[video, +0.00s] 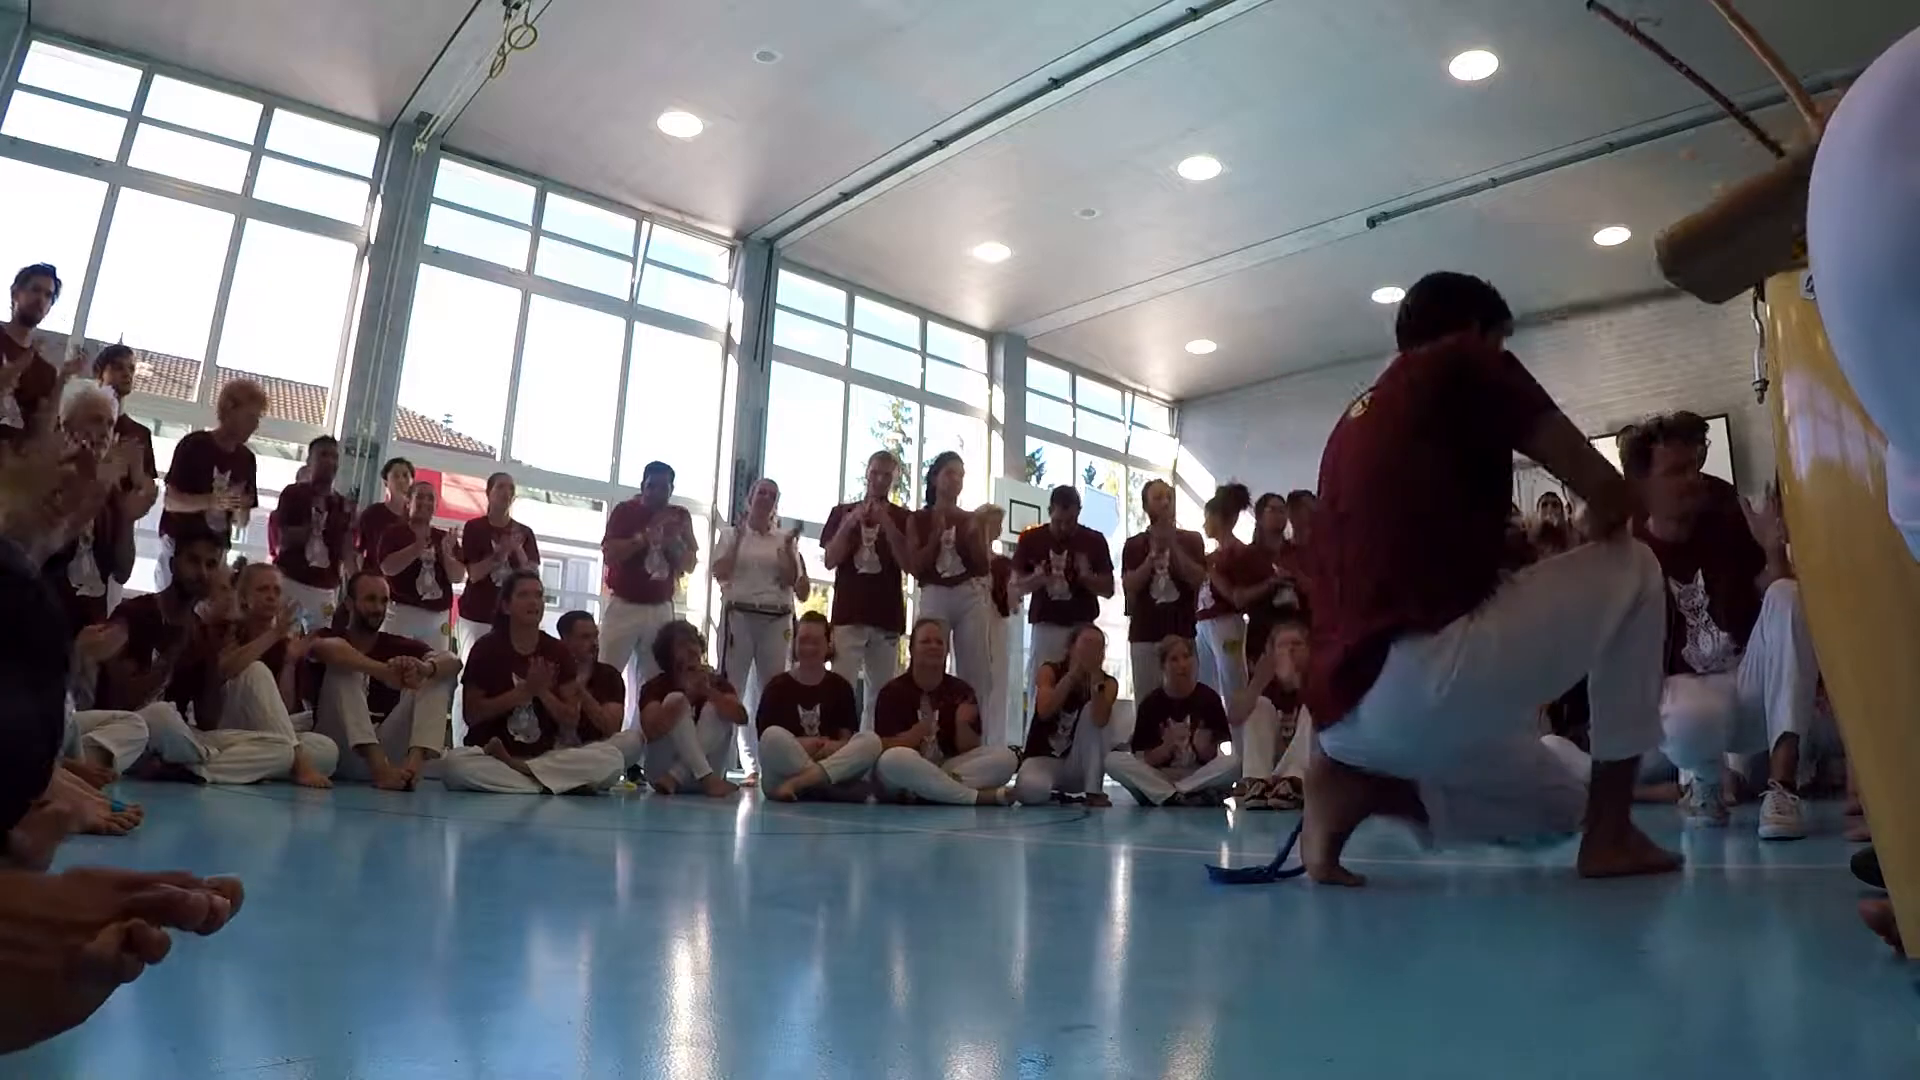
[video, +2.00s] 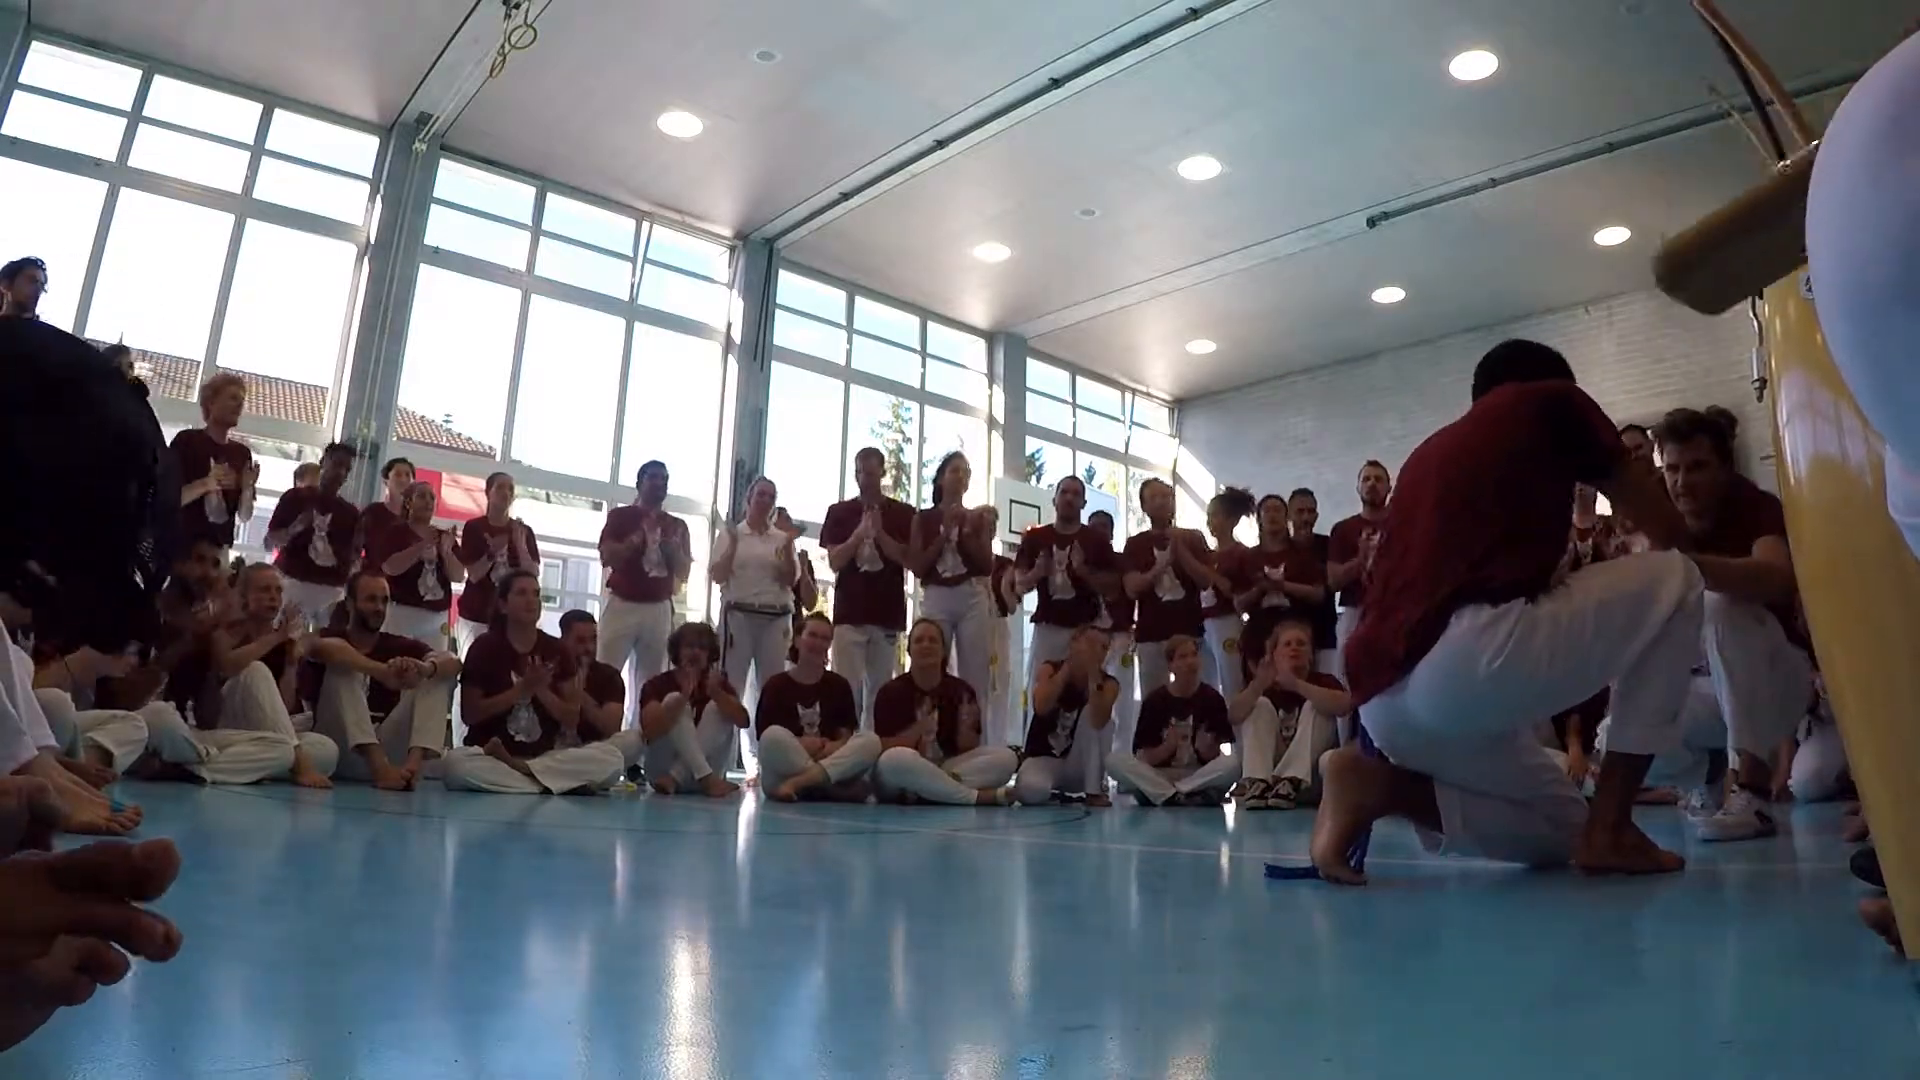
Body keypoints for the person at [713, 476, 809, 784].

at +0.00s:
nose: (765, 499)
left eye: (770, 495)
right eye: (761, 493)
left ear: (776, 502)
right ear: (749, 497)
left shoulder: (785, 540)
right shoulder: (733, 535)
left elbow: (800, 589)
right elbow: (720, 573)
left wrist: (789, 557)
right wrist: (738, 538)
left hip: (776, 617)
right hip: (738, 615)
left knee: (773, 690)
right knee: (731, 689)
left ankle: (770, 763)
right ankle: (723, 763)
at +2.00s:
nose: (763, 499)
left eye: (768, 496)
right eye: (759, 494)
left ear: (775, 503)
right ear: (748, 498)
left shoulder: (783, 538)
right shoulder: (729, 534)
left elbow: (790, 580)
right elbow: (718, 576)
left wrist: (788, 543)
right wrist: (733, 542)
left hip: (776, 617)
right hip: (738, 615)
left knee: (773, 689)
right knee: (730, 688)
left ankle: (769, 757)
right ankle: (723, 758)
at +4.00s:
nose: (764, 499)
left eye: (769, 496)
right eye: (759, 493)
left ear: (773, 502)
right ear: (747, 497)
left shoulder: (784, 538)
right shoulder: (728, 535)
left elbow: (785, 576)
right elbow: (722, 571)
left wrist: (770, 546)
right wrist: (752, 545)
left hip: (775, 618)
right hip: (736, 616)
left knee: (771, 690)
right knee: (731, 687)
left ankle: (769, 746)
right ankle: (727, 746)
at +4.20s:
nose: (763, 500)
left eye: (768, 496)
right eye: (759, 494)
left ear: (773, 503)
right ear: (747, 496)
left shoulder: (784, 539)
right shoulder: (727, 535)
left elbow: (788, 577)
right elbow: (719, 572)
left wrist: (778, 541)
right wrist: (740, 539)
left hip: (775, 618)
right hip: (736, 617)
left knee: (771, 692)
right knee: (729, 691)